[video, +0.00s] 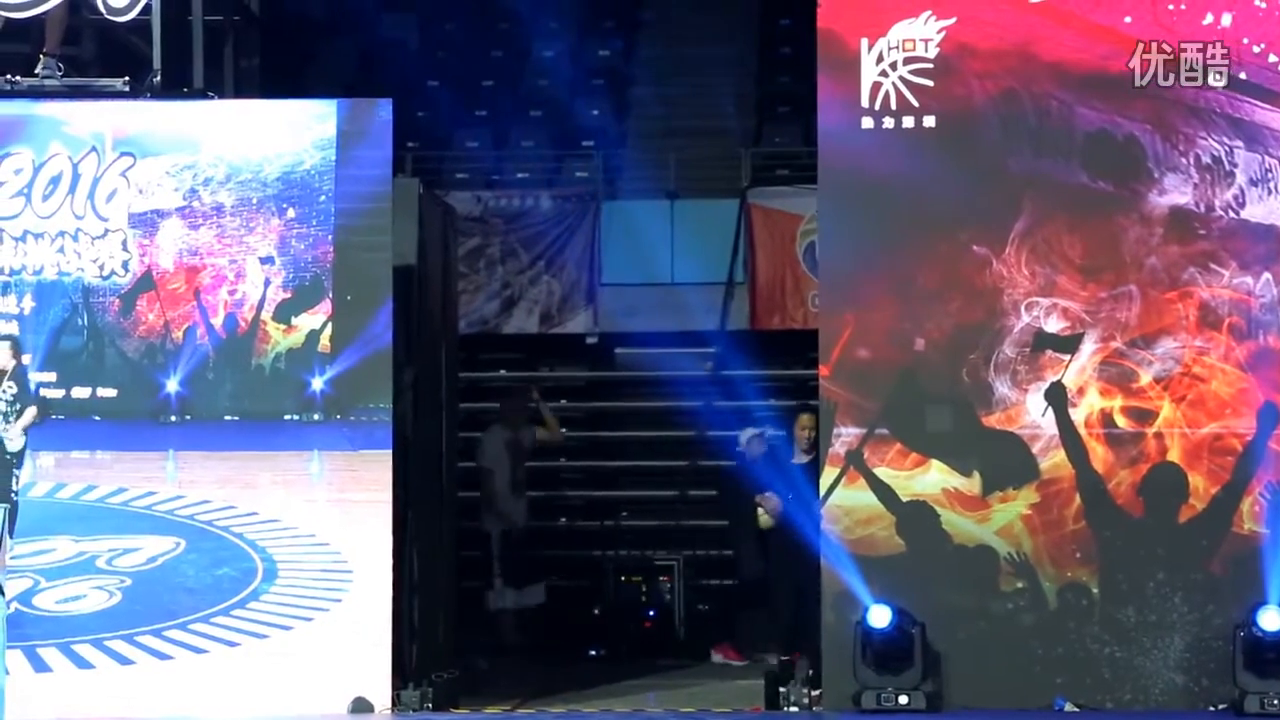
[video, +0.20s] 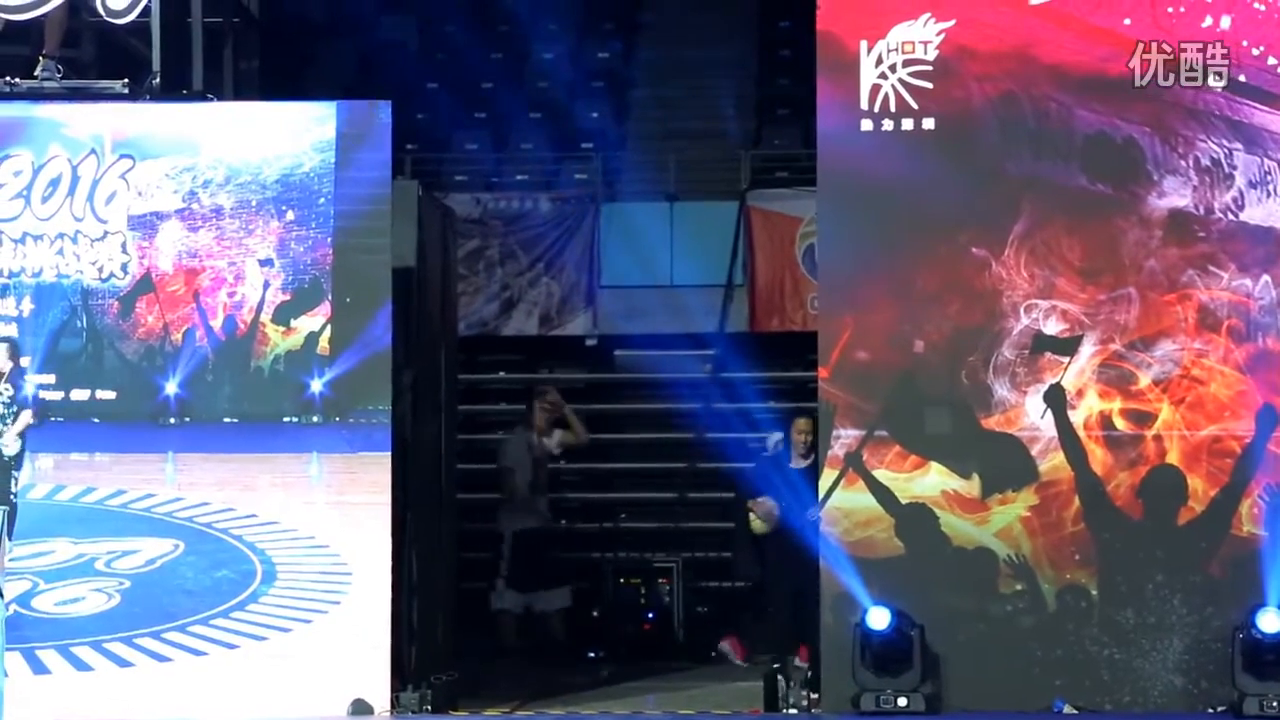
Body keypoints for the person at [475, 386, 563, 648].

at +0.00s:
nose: (521, 413)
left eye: (524, 407)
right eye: (516, 407)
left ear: (526, 410)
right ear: (505, 408)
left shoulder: (525, 433)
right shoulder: (494, 436)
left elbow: (555, 435)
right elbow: (488, 484)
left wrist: (540, 403)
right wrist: (506, 513)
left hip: (519, 514)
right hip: (497, 516)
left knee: (523, 576)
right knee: (501, 580)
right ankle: (505, 640)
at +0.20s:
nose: (550, 414)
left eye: (554, 409)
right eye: (546, 406)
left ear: (557, 414)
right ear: (534, 406)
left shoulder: (550, 439)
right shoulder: (518, 440)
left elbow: (581, 438)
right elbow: (511, 484)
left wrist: (564, 408)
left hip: (542, 522)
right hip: (517, 523)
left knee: (550, 583)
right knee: (512, 587)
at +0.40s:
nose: (572, 419)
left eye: (576, 416)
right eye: (567, 412)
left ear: (578, 421)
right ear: (553, 413)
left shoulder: (572, 443)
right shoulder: (539, 443)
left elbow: (607, 441)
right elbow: (535, 490)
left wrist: (590, 410)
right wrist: (543, 527)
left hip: (568, 527)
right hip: (544, 527)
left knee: (569, 593)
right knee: (536, 592)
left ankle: (573, 657)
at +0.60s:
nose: (597, 418)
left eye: (599, 413)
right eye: (591, 412)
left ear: (598, 416)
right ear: (576, 413)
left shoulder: (592, 444)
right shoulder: (558, 444)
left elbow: (627, 438)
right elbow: (546, 494)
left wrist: (617, 409)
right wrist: (547, 530)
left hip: (588, 530)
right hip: (562, 531)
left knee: (591, 596)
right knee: (568, 596)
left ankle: (590, 665)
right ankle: (567, 666)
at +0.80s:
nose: (615, 419)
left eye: (617, 414)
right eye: (610, 413)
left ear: (614, 418)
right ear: (595, 414)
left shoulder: (605, 444)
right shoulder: (578, 445)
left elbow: (640, 437)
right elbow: (564, 495)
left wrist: (632, 409)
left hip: (599, 533)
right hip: (582, 535)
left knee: (590, 600)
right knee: (610, 598)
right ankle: (605, 668)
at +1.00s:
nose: (632, 422)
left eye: (633, 417)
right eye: (629, 416)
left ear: (626, 420)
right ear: (612, 416)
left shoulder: (619, 446)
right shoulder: (598, 448)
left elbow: (650, 438)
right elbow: (588, 496)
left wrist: (643, 412)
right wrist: (590, 542)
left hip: (618, 537)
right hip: (605, 540)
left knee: (602, 606)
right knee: (626, 605)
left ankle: (600, 672)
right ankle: (644, 669)